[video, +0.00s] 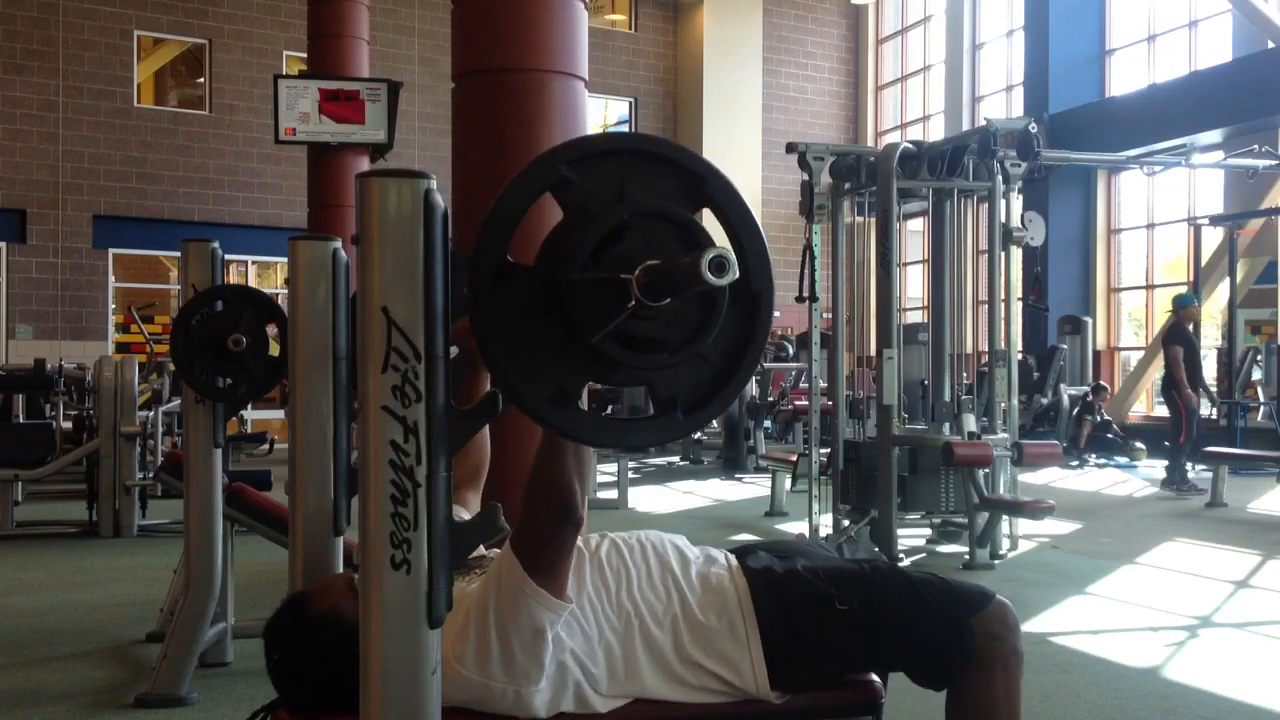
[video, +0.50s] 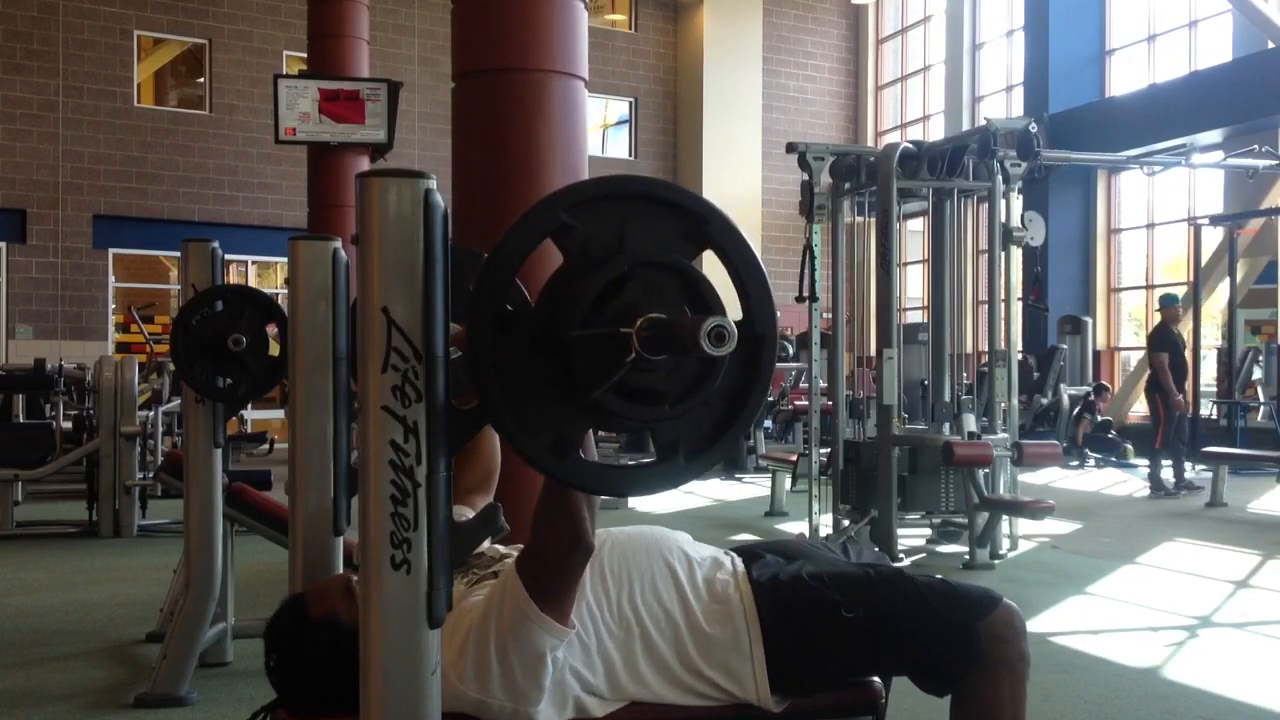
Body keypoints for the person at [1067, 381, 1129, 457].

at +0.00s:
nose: (1108, 397)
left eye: (1108, 394)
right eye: (1106, 394)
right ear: (1099, 394)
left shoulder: (1097, 406)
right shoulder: (1090, 406)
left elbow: (1109, 422)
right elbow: (1084, 429)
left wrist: (1120, 435)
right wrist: (1080, 448)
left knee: (1107, 423)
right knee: (1113, 441)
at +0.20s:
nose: (1107, 395)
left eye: (1107, 393)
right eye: (1105, 393)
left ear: (1099, 393)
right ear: (1098, 392)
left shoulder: (1095, 404)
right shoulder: (1089, 404)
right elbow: (1081, 426)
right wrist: (1079, 446)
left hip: (1088, 432)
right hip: (1082, 438)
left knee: (1110, 423)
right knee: (1106, 438)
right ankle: (1130, 450)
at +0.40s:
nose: (1108, 396)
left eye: (1108, 394)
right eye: (1107, 393)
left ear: (1099, 393)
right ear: (1100, 393)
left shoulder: (1095, 404)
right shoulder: (1090, 404)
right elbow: (1081, 427)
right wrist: (1079, 447)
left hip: (1088, 432)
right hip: (1082, 438)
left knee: (1109, 422)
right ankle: (1124, 450)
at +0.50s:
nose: (1110, 397)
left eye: (1109, 394)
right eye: (1108, 394)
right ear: (1102, 394)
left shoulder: (1096, 406)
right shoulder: (1091, 405)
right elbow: (1081, 426)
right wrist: (1079, 445)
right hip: (1083, 438)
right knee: (1116, 444)